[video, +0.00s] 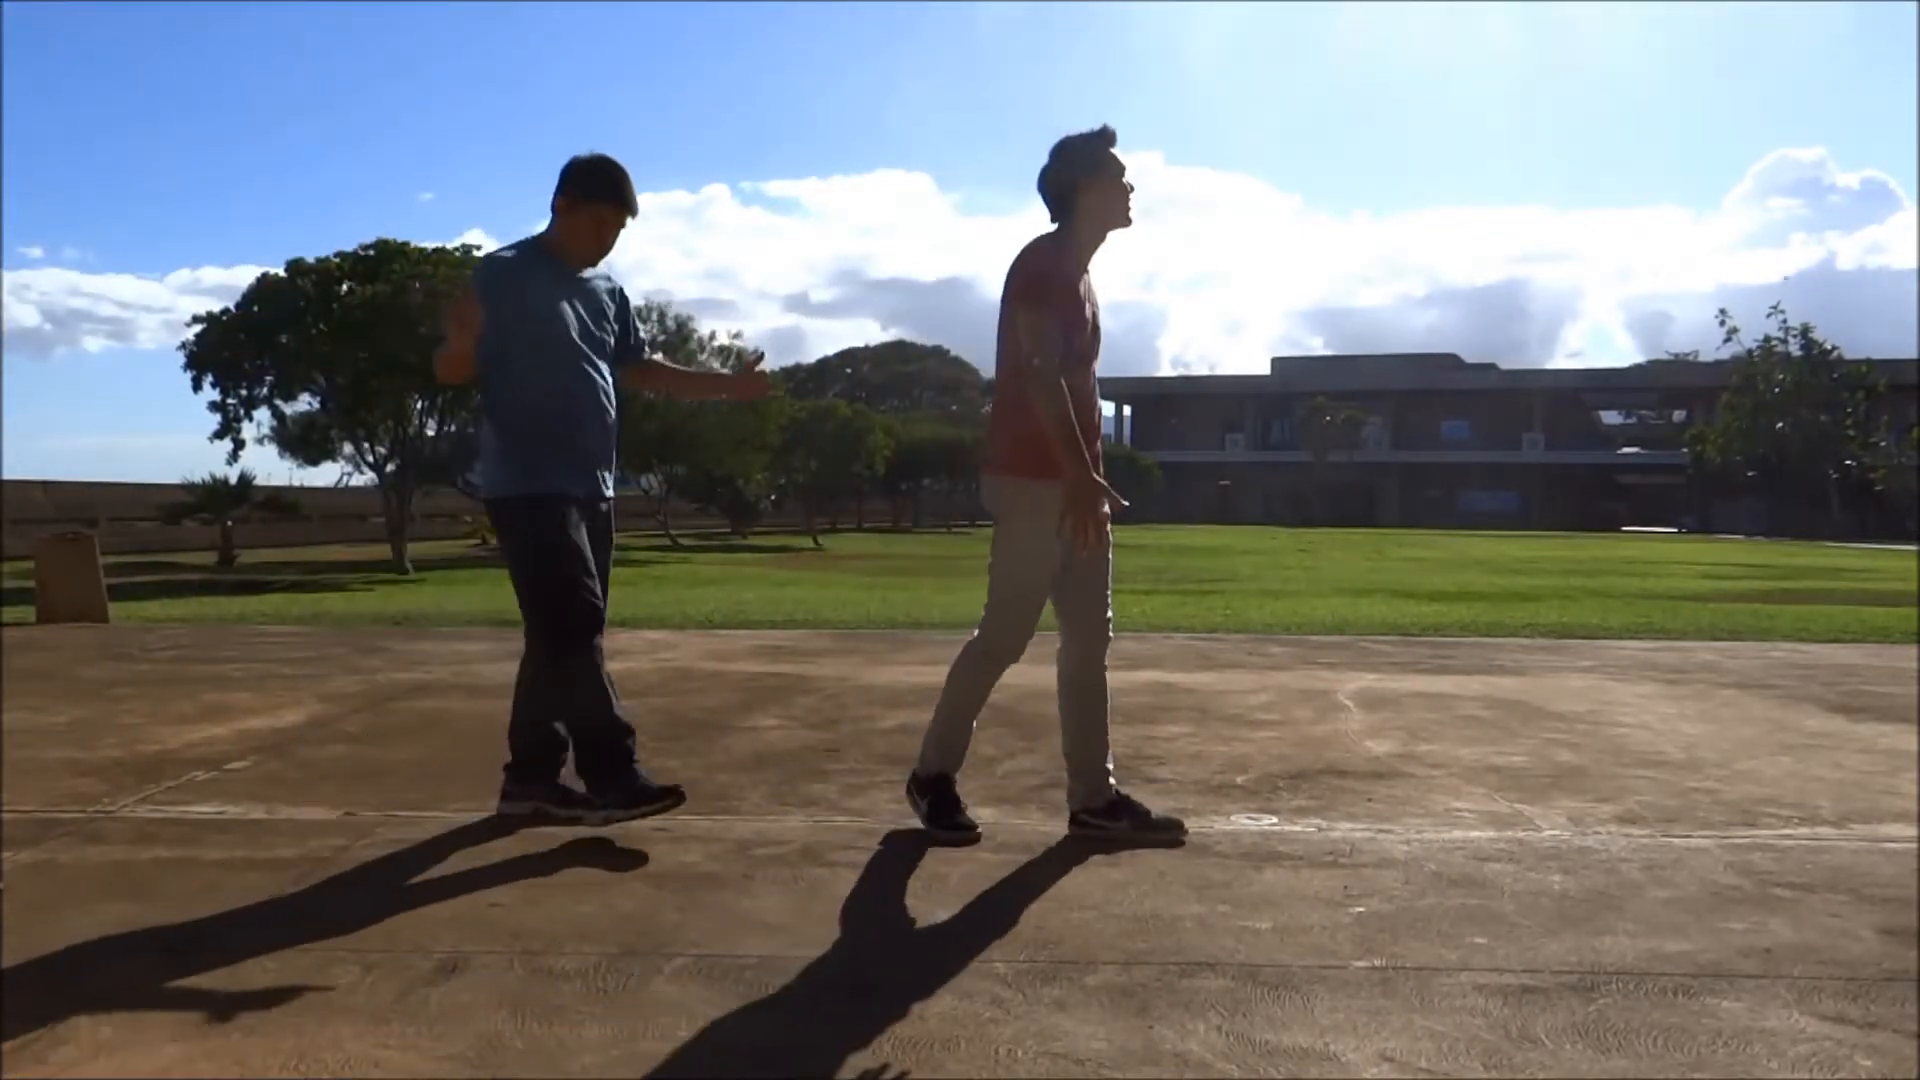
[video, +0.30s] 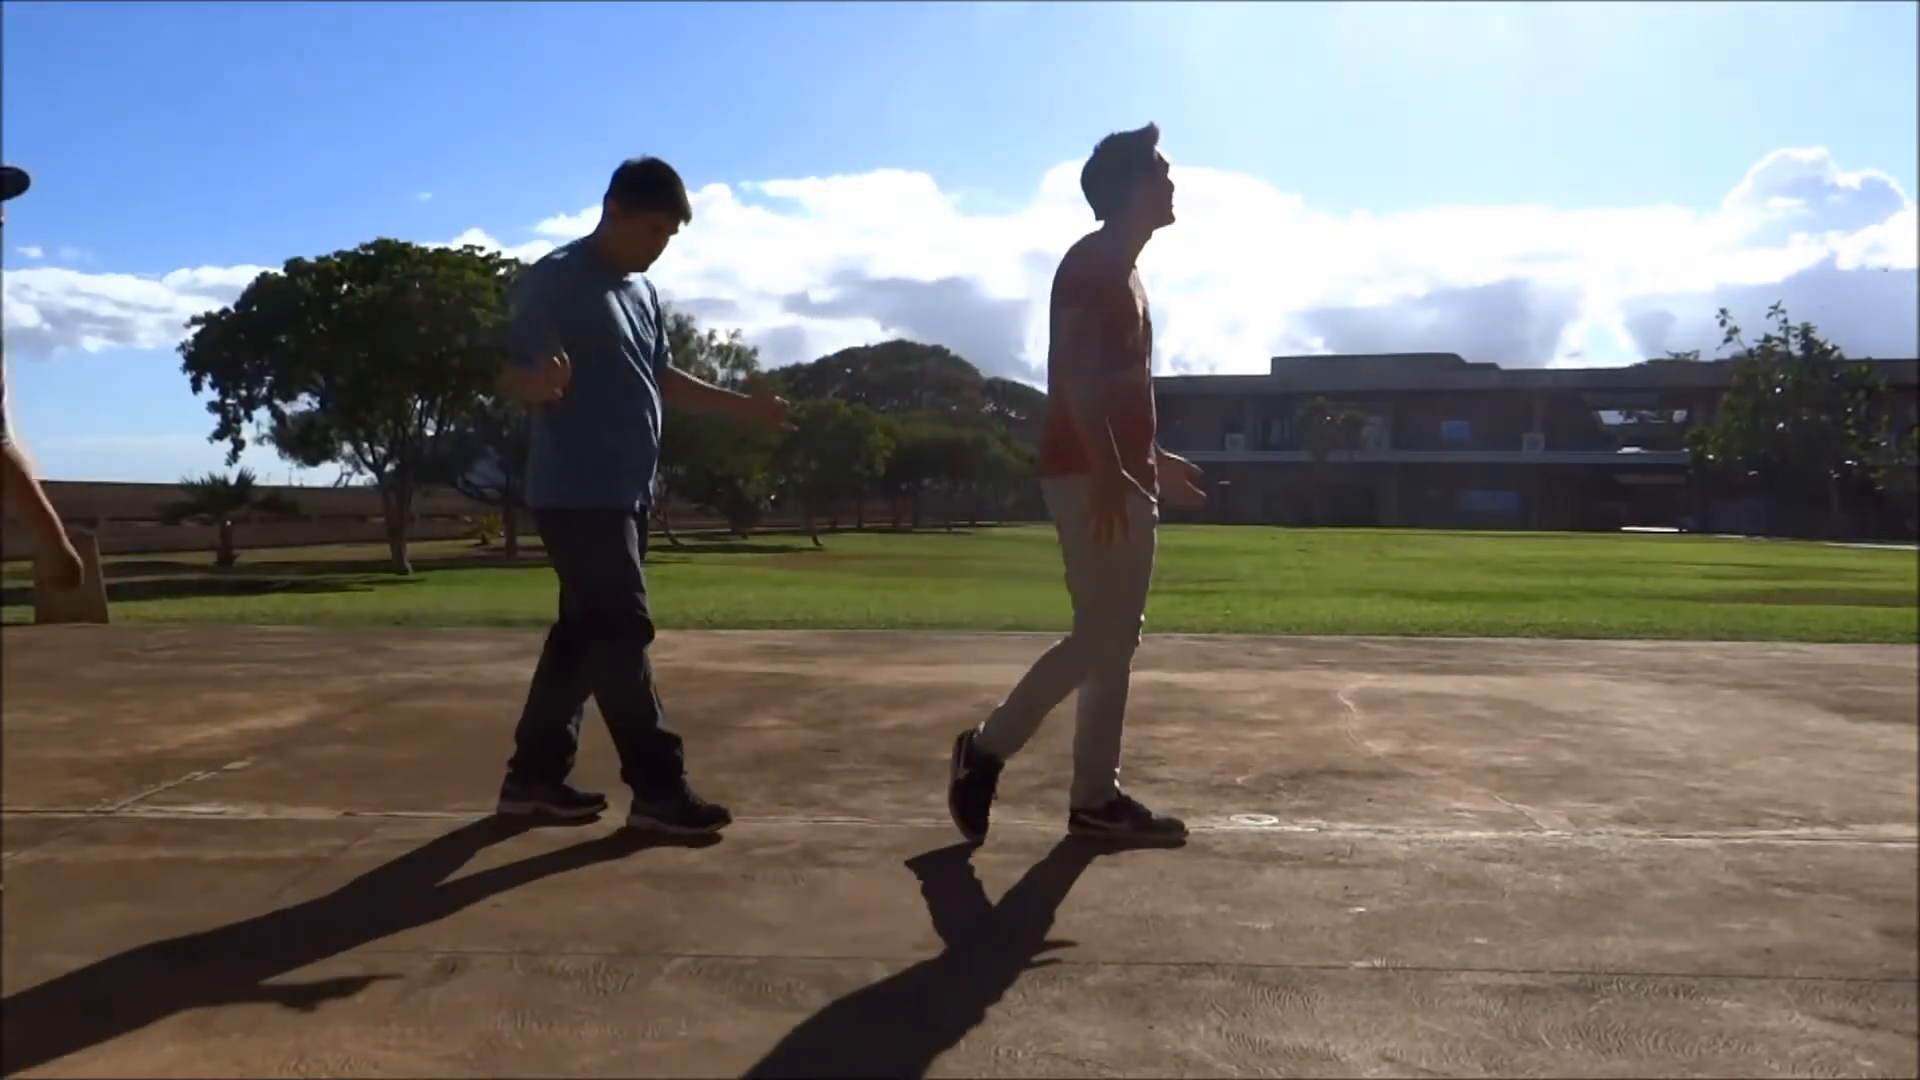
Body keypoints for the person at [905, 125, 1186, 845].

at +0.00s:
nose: (1130, 185)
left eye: (1125, 175)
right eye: (1117, 175)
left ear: (1091, 192)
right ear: (1082, 190)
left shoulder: (1076, 279)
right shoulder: (1043, 264)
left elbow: (1076, 388)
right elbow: (1043, 375)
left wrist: (1095, 480)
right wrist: (1079, 477)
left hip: (1078, 480)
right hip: (1032, 479)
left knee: (1087, 642)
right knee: (1006, 633)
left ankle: (1093, 799)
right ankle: (932, 776)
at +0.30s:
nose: (1174, 181)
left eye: (1168, 169)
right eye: (1161, 170)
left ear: (1133, 190)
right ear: (1126, 188)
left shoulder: (1121, 273)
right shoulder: (1091, 265)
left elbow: (1109, 389)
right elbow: (1077, 380)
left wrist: (1153, 457)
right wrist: (1108, 471)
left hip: (1123, 479)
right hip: (1089, 476)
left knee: (1115, 641)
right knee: (1097, 638)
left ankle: (1096, 799)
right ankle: (983, 752)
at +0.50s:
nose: (1200, 188)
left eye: (1195, 176)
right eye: (1188, 176)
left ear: (1155, 191)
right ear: (1155, 189)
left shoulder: (1147, 276)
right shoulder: (1110, 269)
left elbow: (1155, 392)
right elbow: (1090, 386)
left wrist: (1208, 456)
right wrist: (1102, 483)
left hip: (1149, 481)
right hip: (1127, 483)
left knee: (1133, 633)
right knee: (1165, 633)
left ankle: (1103, 792)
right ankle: (1072, 778)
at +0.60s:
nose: (1215, 190)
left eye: (1211, 178)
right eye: (1204, 178)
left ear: (1169, 193)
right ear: (1173, 191)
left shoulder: (1164, 280)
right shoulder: (1119, 270)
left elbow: (1170, 399)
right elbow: (1091, 387)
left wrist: (1235, 452)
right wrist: (1100, 486)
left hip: (1162, 487)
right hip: (1141, 488)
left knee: (1136, 635)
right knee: (1188, 638)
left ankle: (1099, 804)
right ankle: (1131, 803)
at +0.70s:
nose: (1229, 192)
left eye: (1225, 179)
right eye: (1220, 180)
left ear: (1184, 193)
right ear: (1189, 192)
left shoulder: (1177, 279)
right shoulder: (1133, 271)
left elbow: (1182, 398)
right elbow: (1097, 387)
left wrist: (1256, 448)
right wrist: (1101, 488)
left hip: (1169, 485)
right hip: (1153, 487)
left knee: (1138, 640)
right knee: (1205, 641)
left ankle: (1097, 799)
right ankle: (1200, 816)